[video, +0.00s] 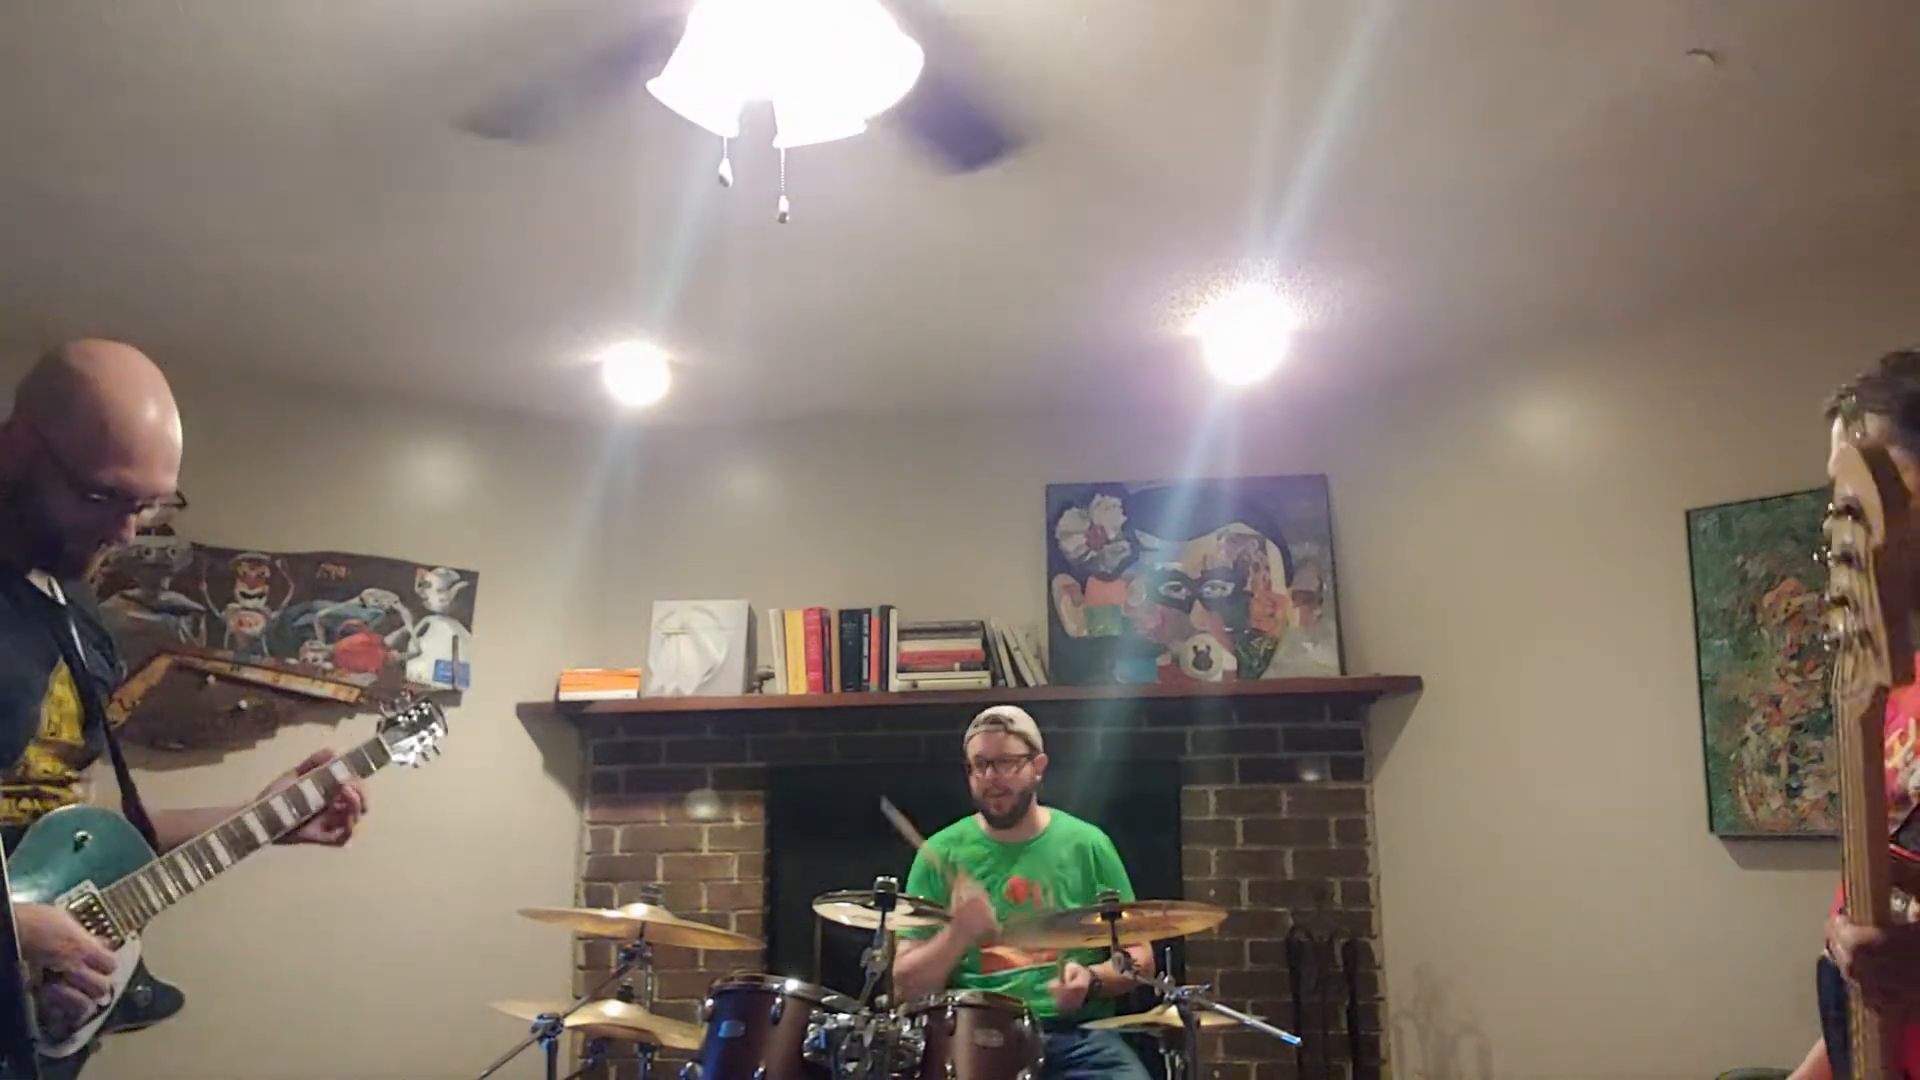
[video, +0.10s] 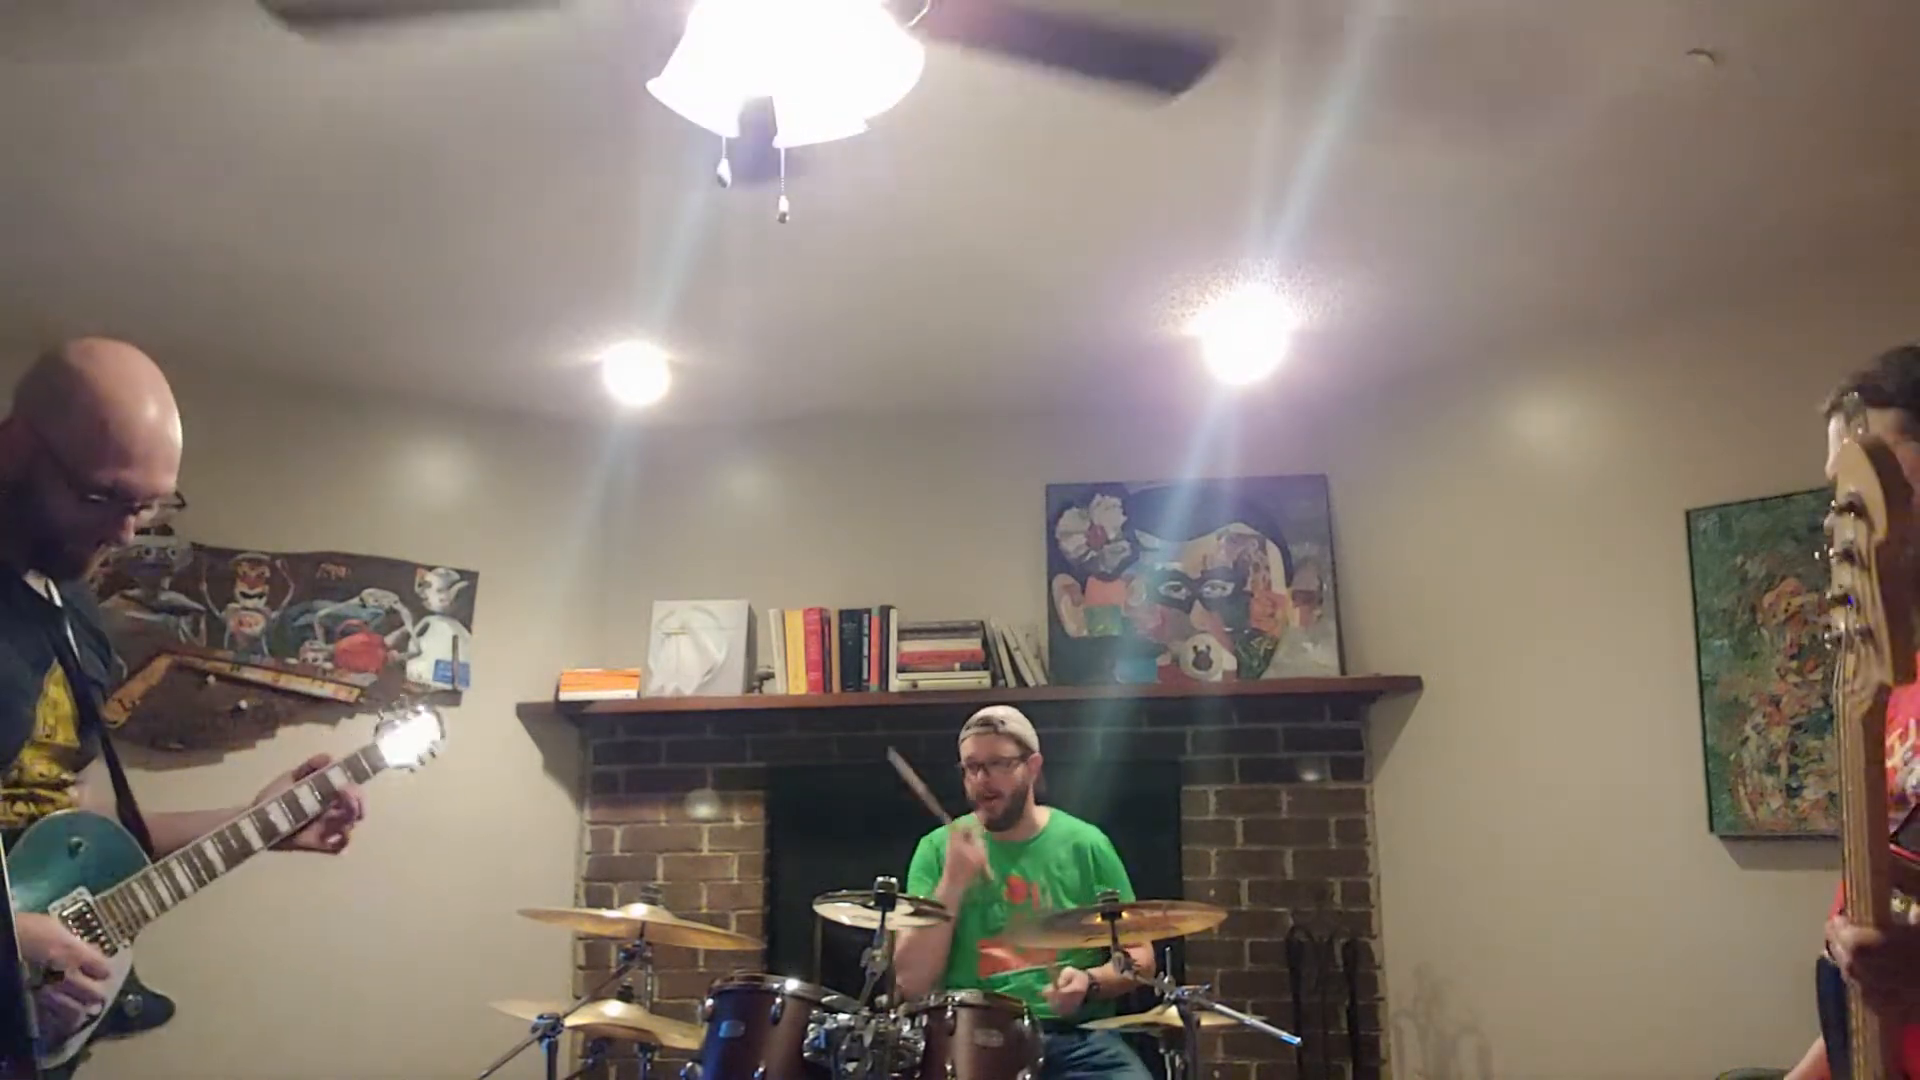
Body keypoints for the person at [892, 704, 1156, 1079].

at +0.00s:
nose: (993, 778)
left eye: (1008, 764)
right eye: (981, 765)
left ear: (1038, 767)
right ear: (967, 771)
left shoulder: (1088, 845)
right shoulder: (939, 854)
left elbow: (1140, 958)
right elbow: (904, 984)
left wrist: (1093, 976)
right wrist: (957, 933)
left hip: (1074, 1029)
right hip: (972, 1031)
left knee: (1130, 1074)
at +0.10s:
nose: (983, 782)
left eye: (999, 766)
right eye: (973, 768)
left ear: (1032, 767)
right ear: (962, 772)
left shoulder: (1086, 845)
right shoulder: (938, 849)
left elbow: (1140, 958)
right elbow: (912, 981)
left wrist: (1090, 980)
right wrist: (952, 883)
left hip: (1073, 1032)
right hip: (968, 1032)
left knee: (1132, 1075)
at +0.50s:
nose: (980, 780)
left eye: (998, 766)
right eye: (972, 767)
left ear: (1036, 770)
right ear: (962, 769)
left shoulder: (1088, 846)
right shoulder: (941, 842)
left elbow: (1140, 959)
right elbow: (920, 959)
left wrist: (1083, 980)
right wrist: (959, 843)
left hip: (1071, 1033)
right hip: (967, 1031)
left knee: (1132, 1076)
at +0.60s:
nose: (989, 778)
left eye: (1006, 763)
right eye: (980, 764)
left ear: (1043, 769)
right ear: (970, 769)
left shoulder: (1090, 846)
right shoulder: (944, 843)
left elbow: (1141, 961)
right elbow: (912, 973)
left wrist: (1088, 979)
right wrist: (962, 870)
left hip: (1072, 1032)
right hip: (966, 1031)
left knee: (1131, 1075)